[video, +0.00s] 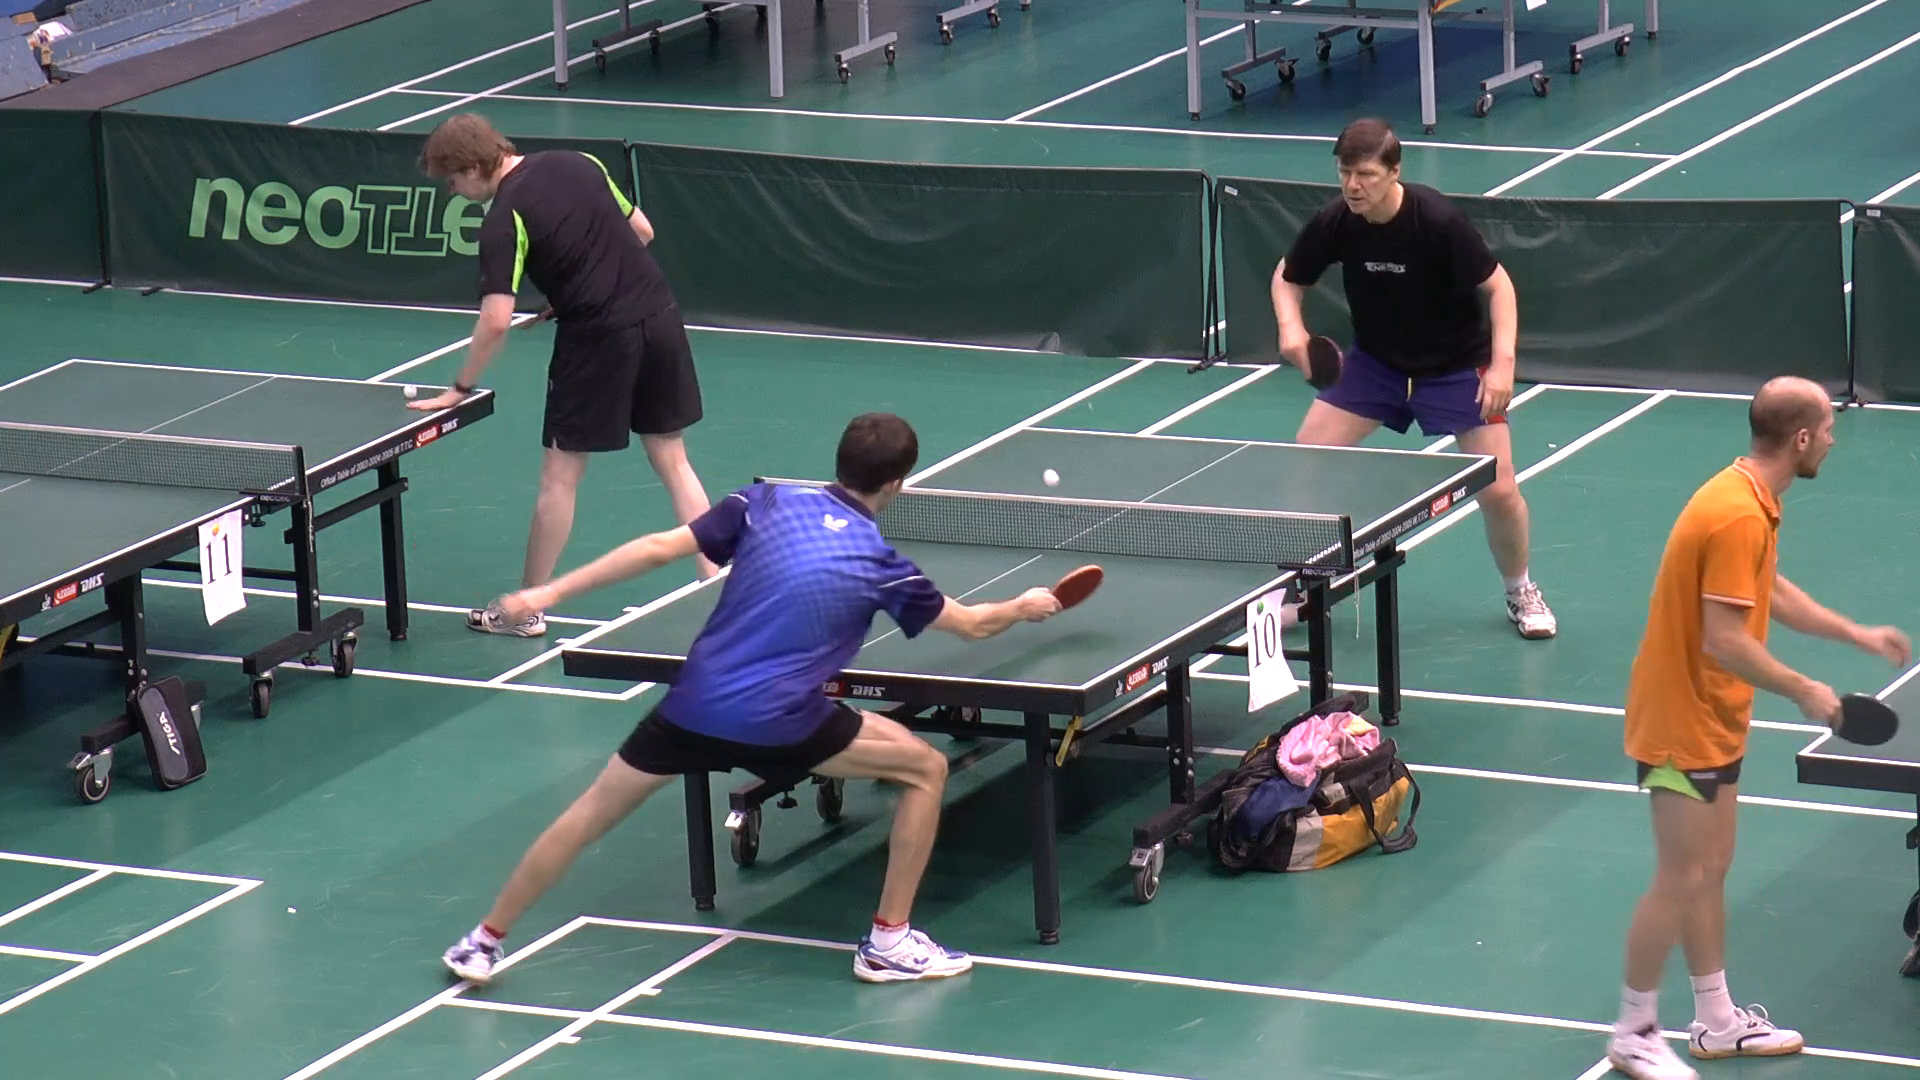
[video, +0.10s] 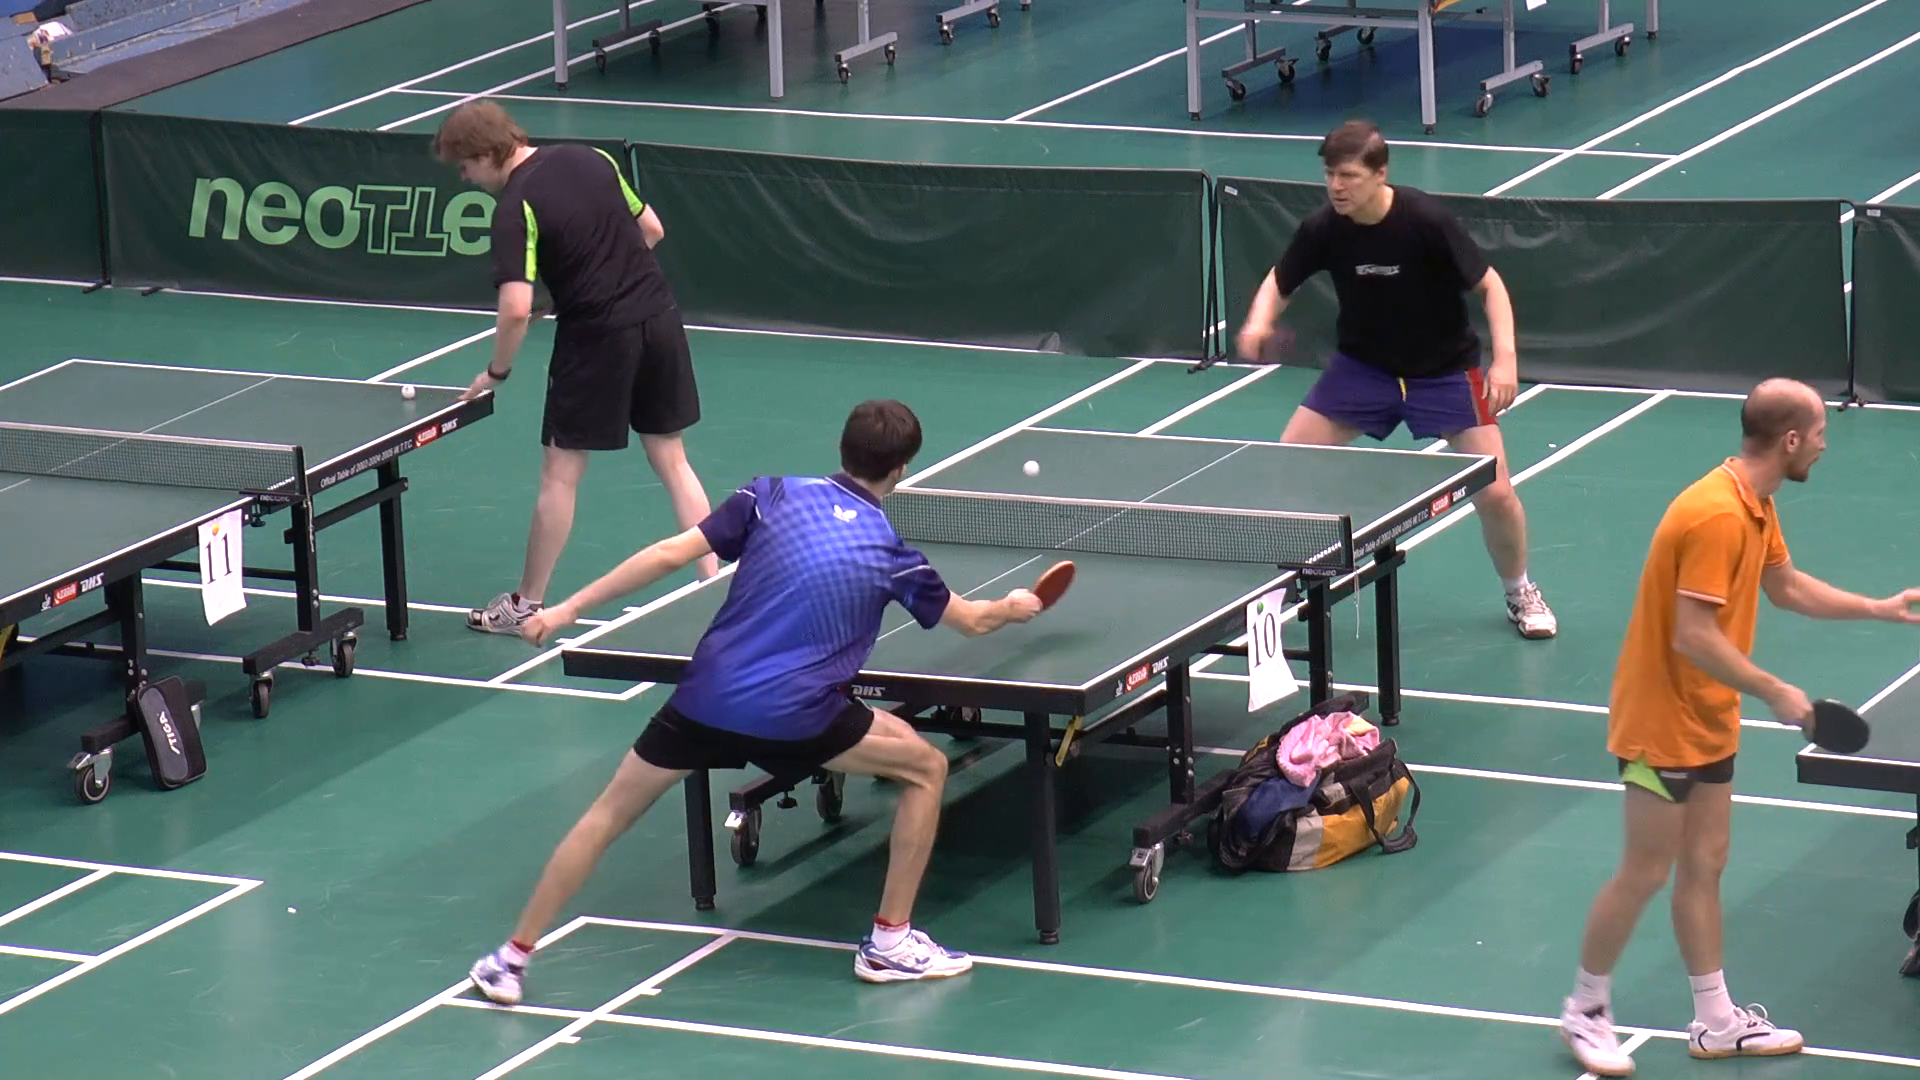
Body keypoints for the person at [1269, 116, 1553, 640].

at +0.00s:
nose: (1353, 185)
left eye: (1365, 175)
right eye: (1347, 173)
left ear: (1394, 172)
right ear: (1339, 170)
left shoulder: (1438, 220)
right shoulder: (1335, 222)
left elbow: (1499, 286)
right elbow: (1288, 277)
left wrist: (1502, 363)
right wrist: (1292, 331)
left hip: (1457, 370)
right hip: (1374, 364)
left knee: (1500, 492)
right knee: (1306, 460)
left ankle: (1521, 589)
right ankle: (1304, 579)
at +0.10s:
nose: (1337, 185)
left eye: (1349, 176)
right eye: (1332, 174)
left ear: (1380, 174)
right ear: (1325, 174)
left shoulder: (1426, 220)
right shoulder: (1323, 230)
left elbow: (1492, 286)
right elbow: (1279, 282)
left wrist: (1505, 360)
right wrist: (1258, 322)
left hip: (1445, 371)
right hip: (1361, 367)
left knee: (1496, 492)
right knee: (1289, 465)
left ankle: (1520, 590)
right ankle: (1298, 576)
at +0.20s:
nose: (1296, 192)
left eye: (1308, 182)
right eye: (1292, 181)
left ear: (1344, 182)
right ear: (1289, 184)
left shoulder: (1394, 229)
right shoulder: (1297, 244)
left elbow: (1468, 281)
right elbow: (1257, 299)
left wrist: (1506, 347)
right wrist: (1185, 323)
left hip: (1419, 382)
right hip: (1336, 379)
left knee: (1481, 500)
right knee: (1256, 467)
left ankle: (1519, 592)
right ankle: (1273, 585)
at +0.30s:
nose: (1232, 205)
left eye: (1242, 194)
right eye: (1229, 195)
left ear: (1280, 193)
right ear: (1236, 199)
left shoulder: (1339, 237)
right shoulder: (1251, 259)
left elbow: (1424, 273)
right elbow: (1201, 319)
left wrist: (1495, 325)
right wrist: (1115, 334)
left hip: (1380, 396)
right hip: (1297, 394)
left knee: (1449, 504)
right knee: (1207, 470)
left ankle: (1516, 594)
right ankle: (1236, 603)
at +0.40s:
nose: (1158, 225)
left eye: (1167, 214)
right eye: (1157, 215)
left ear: (1208, 208)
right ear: (1178, 216)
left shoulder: (1269, 247)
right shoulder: (1187, 275)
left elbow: (1360, 271)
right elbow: (1147, 344)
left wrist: (1443, 306)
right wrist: (1059, 351)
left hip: (1327, 406)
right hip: (1248, 403)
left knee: (1415, 518)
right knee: (1150, 458)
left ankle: (1505, 593)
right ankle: (1172, 607)